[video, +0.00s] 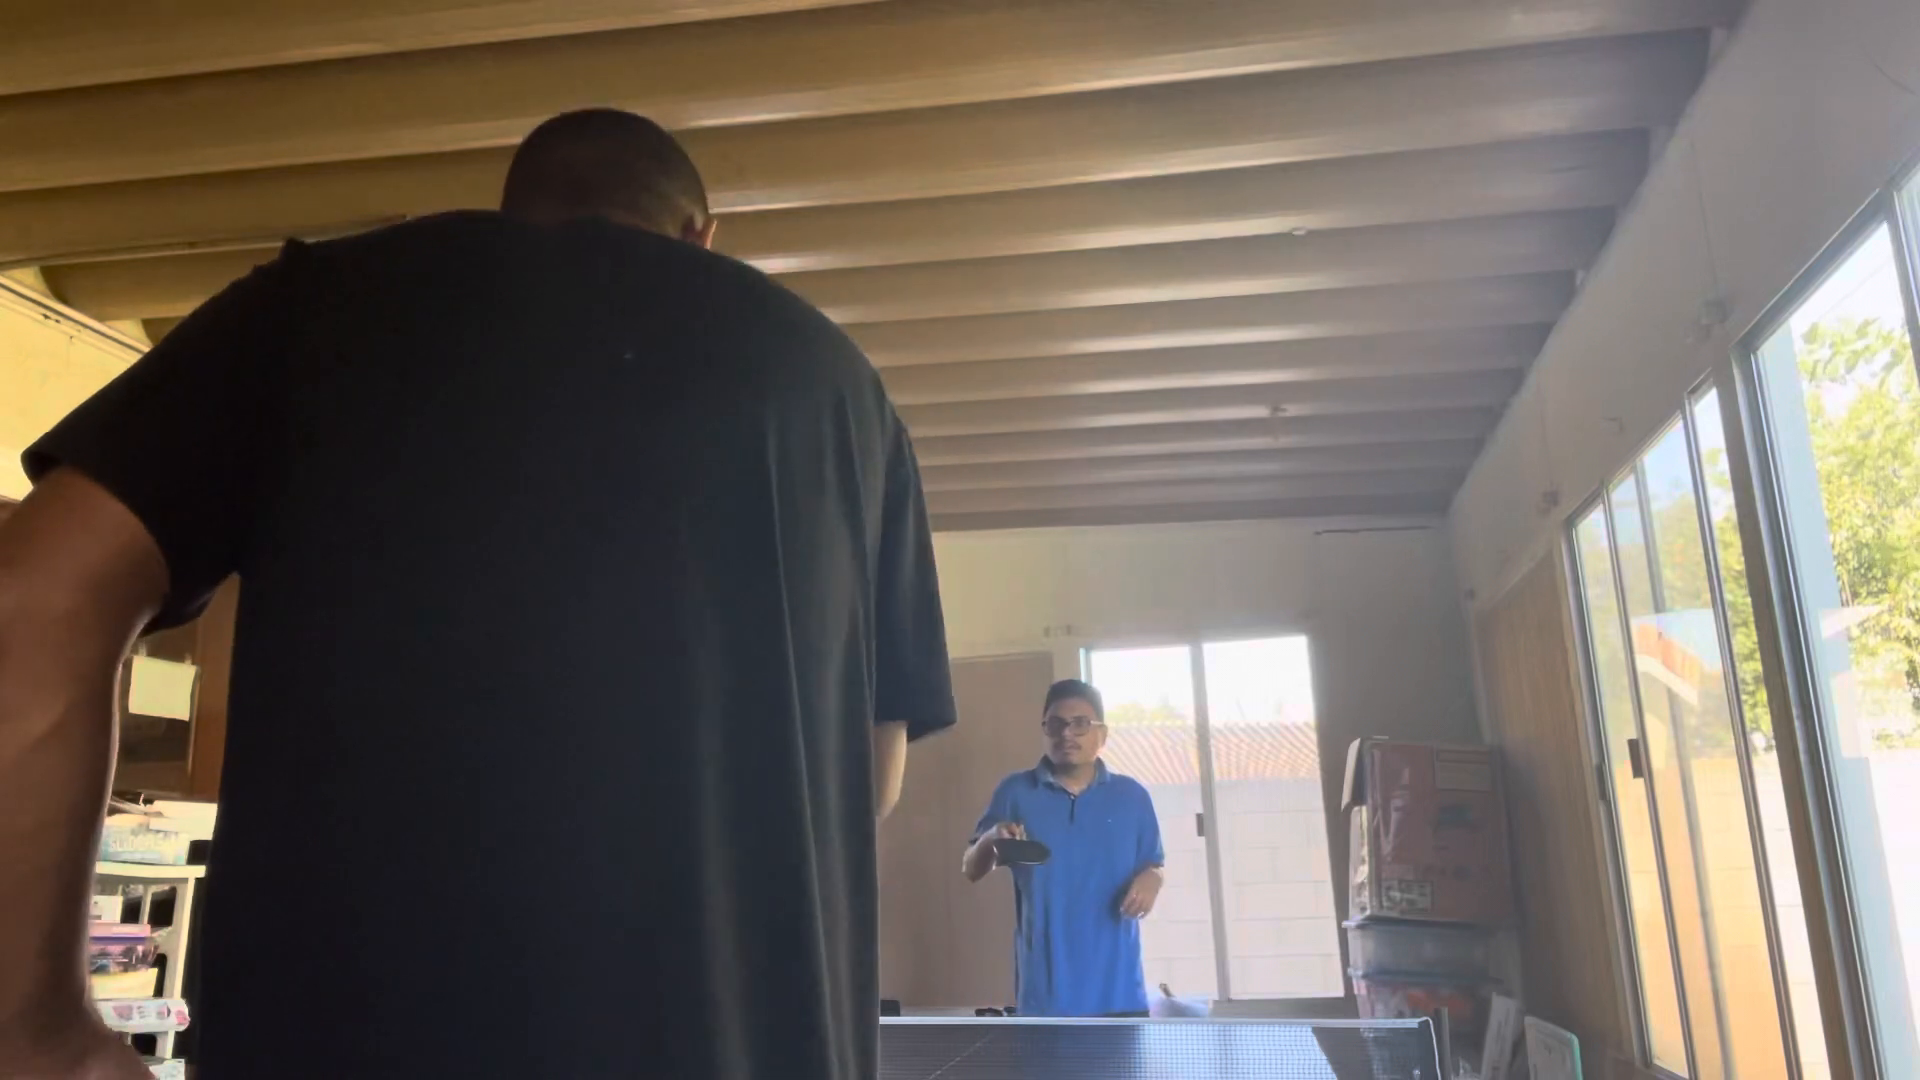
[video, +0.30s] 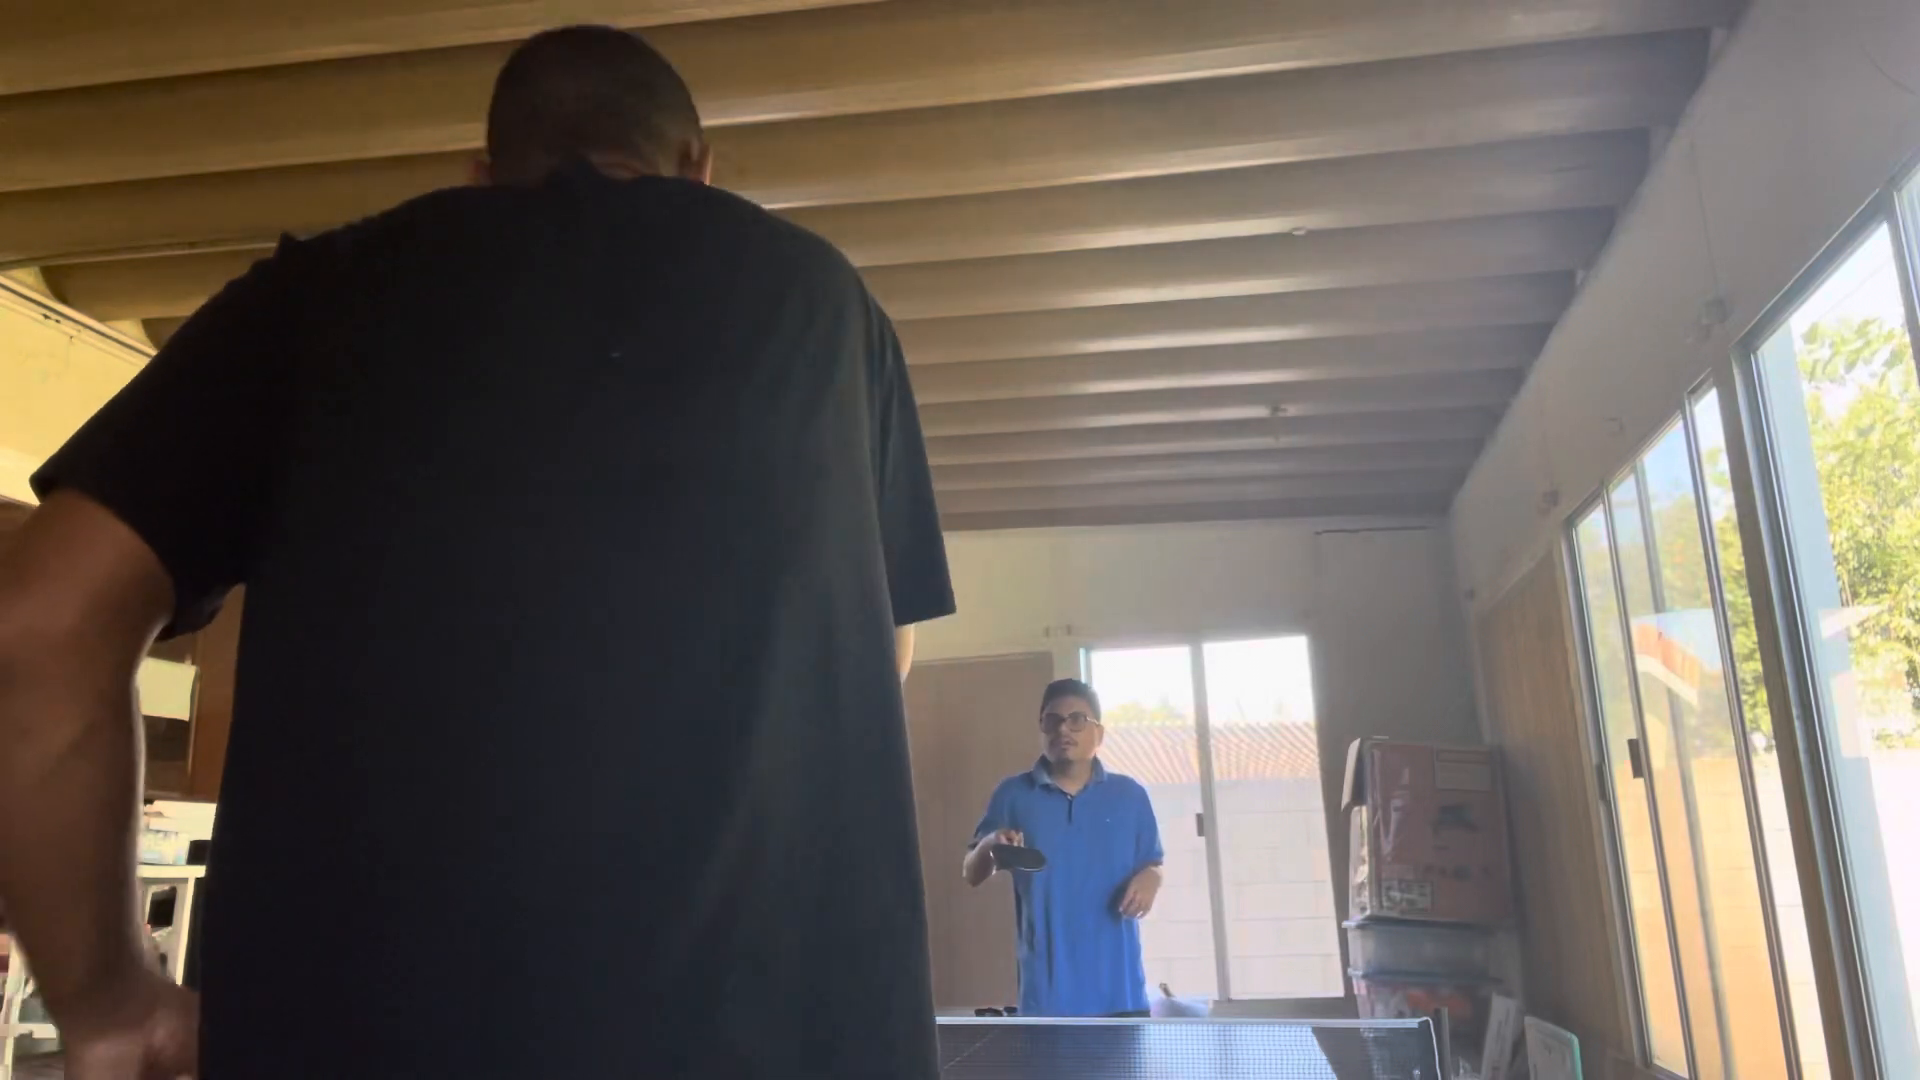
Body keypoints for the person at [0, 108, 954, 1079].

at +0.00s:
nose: (720, 258)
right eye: (714, 238)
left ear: (501, 211)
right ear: (695, 229)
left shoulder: (324, 291)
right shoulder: (831, 367)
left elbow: (46, 584)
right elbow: (875, 773)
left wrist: (41, 1017)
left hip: (331, 1031)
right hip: (736, 1043)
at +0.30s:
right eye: (716, 168)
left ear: (480, 166)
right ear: (699, 167)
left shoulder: (317, 288)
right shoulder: (818, 291)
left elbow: (46, 619)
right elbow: (877, 678)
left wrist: (103, 995)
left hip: (349, 1037)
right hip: (780, 1041)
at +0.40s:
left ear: (472, 159)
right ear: (693, 158)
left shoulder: (321, 289)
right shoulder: (836, 310)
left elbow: (51, 632)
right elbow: (888, 684)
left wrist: (124, 981)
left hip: (356, 1029)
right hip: (784, 1033)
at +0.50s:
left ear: (462, 158)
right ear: (688, 167)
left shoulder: (321, 288)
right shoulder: (833, 331)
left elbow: (57, 632)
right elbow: (862, 702)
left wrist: (120, 971)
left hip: (360, 1032)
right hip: (780, 1040)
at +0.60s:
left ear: (456, 168)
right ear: (678, 180)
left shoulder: (312, 286)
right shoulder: (815, 343)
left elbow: (51, 618)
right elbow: (850, 687)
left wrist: (87, 964)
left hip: (351, 1031)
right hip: (765, 1040)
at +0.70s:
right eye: (682, 197)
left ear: (444, 179)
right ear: (665, 193)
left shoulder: (306, 279)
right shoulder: (804, 352)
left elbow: (48, 584)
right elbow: (841, 687)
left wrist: (46, 967)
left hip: (338, 1034)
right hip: (758, 1042)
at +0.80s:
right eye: (673, 207)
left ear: (433, 187)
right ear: (653, 199)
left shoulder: (297, 279)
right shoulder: (792, 352)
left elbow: (43, 561)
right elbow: (838, 691)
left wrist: (29, 962)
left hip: (329, 1034)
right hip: (750, 1043)